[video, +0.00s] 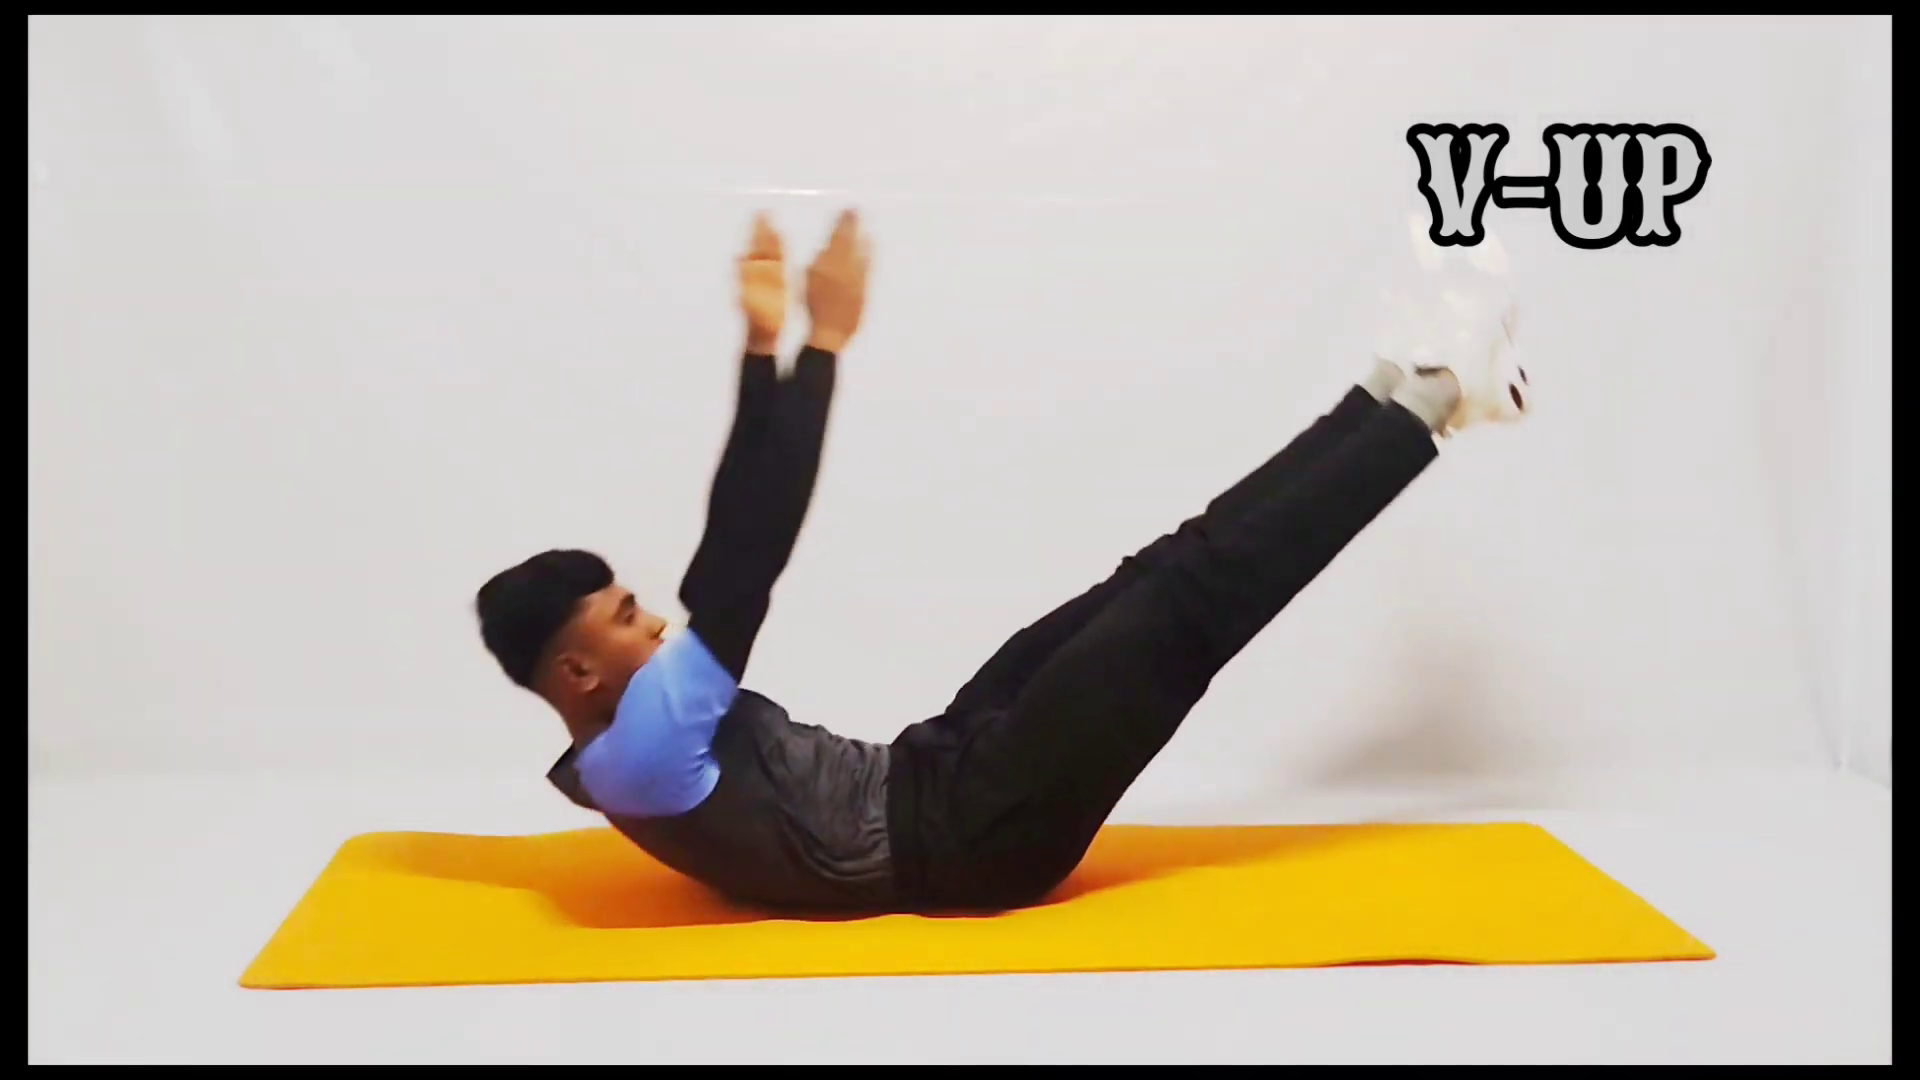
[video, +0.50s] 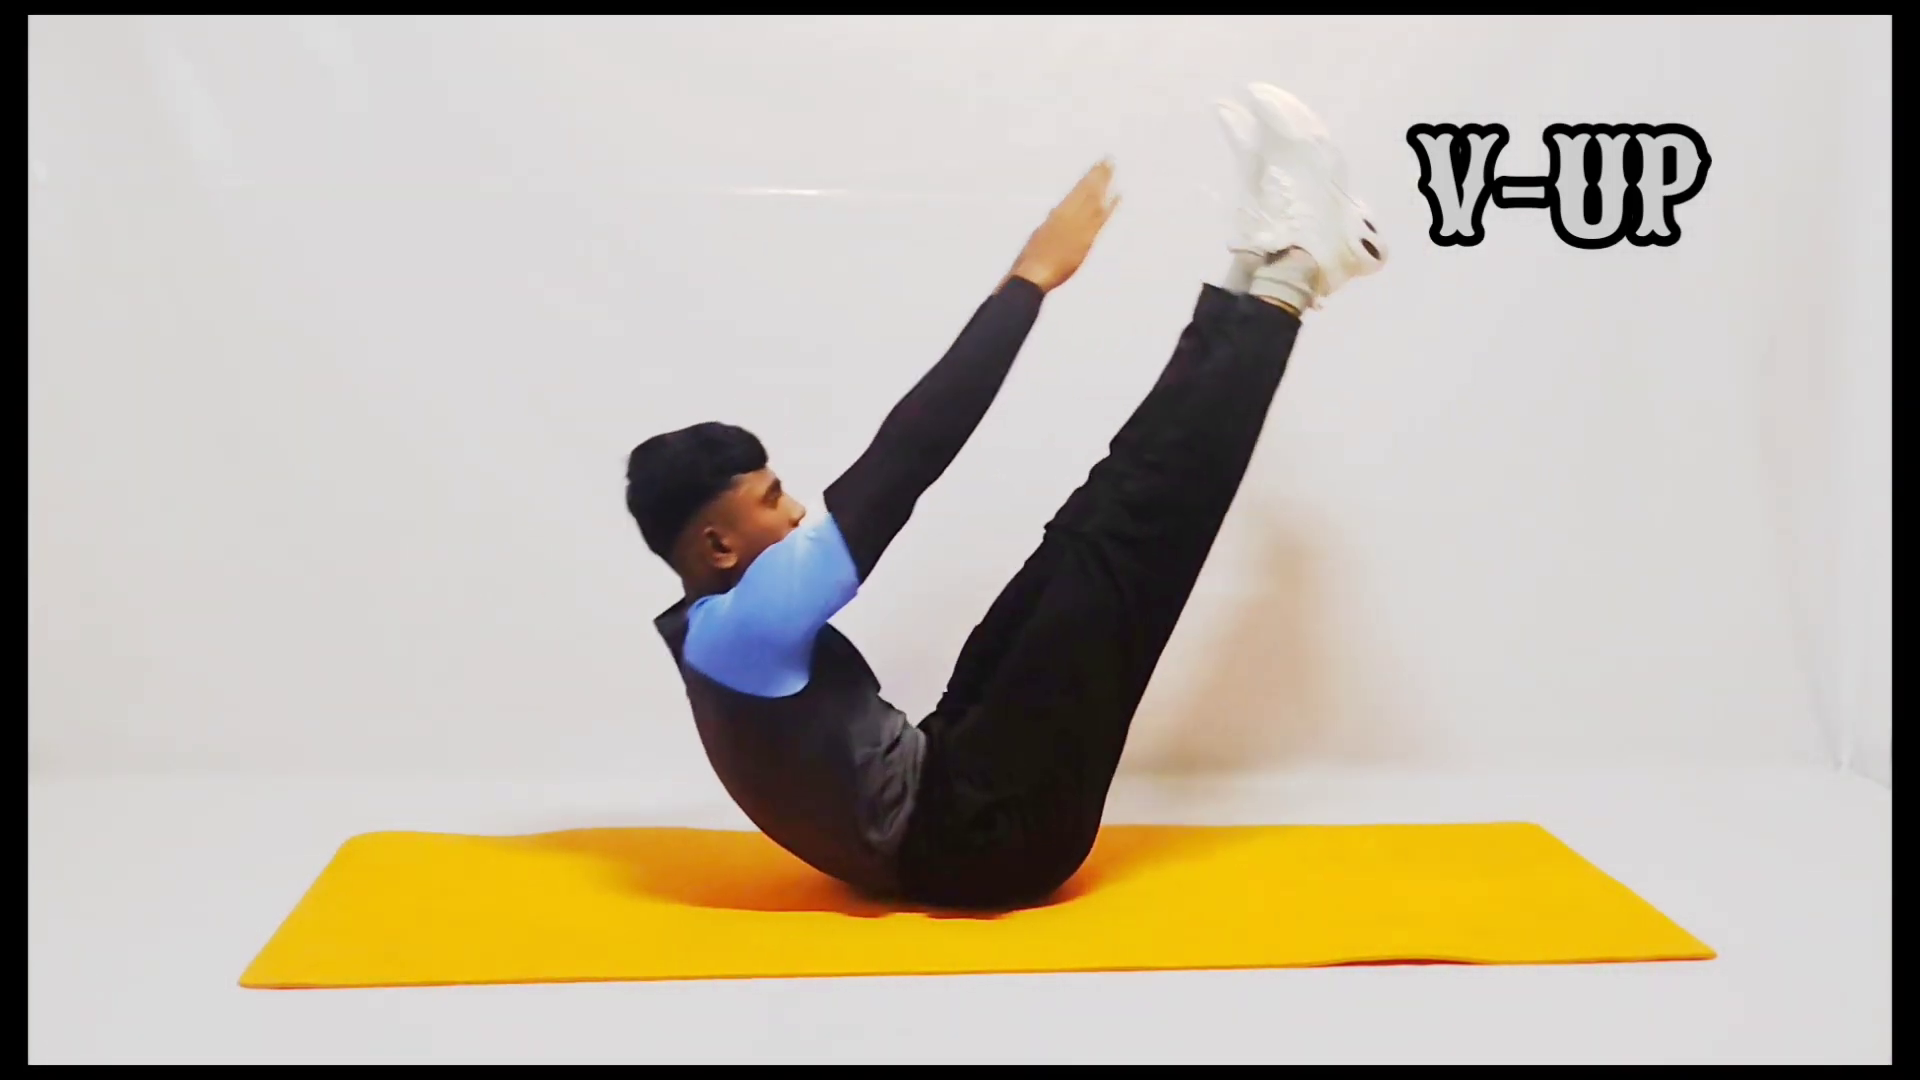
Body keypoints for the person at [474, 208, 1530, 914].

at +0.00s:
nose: (643, 626)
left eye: (626, 610)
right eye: (616, 621)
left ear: (581, 667)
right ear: (568, 679)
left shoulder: (629, 737)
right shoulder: (653, 729)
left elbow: (730, 548)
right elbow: (748, 551)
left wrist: (762, 357)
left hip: (939, 788)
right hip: (957, 838)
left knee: (1158, 586)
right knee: (1180, 605)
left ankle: (1391, 399)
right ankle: (1415, 411)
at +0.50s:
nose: (796, 507)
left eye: (777, 489)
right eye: (767, 497)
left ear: (714, 547)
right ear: (714, 543)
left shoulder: (734, 623)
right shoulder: (753, 617)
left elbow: (902, 457)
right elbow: (907, 455)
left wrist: (1020, 284)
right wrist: (1029, 280)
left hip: (955, 803)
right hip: (977, 836)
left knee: (1095, 533)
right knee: (1114, 546)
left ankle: (1260, 277)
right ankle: (1277, 285)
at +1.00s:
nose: (567, 657)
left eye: (559, 641)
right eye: (537, 657)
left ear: (565, 668)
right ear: (500, 714)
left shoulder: (612, 753)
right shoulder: (575, 810)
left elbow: (520, 597)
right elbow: (435, 649)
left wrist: (373, 463)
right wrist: (287, 487)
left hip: (955, 764)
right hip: (954, 822)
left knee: (1221, 679)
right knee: (1213, 706)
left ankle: (1515, 599)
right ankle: (1518, 603)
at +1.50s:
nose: (510, 741)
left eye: (489, 736)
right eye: (488, 760)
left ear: (511, 765)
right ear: (490, 821)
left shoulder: (608, 788)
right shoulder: (598, 847)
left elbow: (364, 801)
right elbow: (452, 872)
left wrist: (155, 831)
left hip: (973, 763)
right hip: (964, 822)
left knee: (1246, 751)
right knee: (1249, 784)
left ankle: (1561, 775)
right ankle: (1562, 779)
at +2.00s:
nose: (530, 718)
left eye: (511, 706)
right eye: (499, 725)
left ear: (512, 735)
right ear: (481, 780)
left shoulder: (563, 788)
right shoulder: (587, 841)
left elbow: (386, 711)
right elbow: (597, 882)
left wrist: (202, 661)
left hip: (988, 774)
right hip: (981, 827)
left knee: (1259, 737)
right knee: (1269, 764)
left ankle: (1562, 729)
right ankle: (1571, 739)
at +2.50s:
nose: (807, 496)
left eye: (793, 477)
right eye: (782, 486)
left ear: (730, 519)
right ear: (720, 526)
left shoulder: (751, 603)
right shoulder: (758, 619)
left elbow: (915, 483)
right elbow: (925, 494)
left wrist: (1038, 332)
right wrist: (1075, 336)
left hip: (978, 797)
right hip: (994, 840)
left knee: (1158, 570)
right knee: (1178, 582)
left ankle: (1384, 358)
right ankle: (1404, 364)